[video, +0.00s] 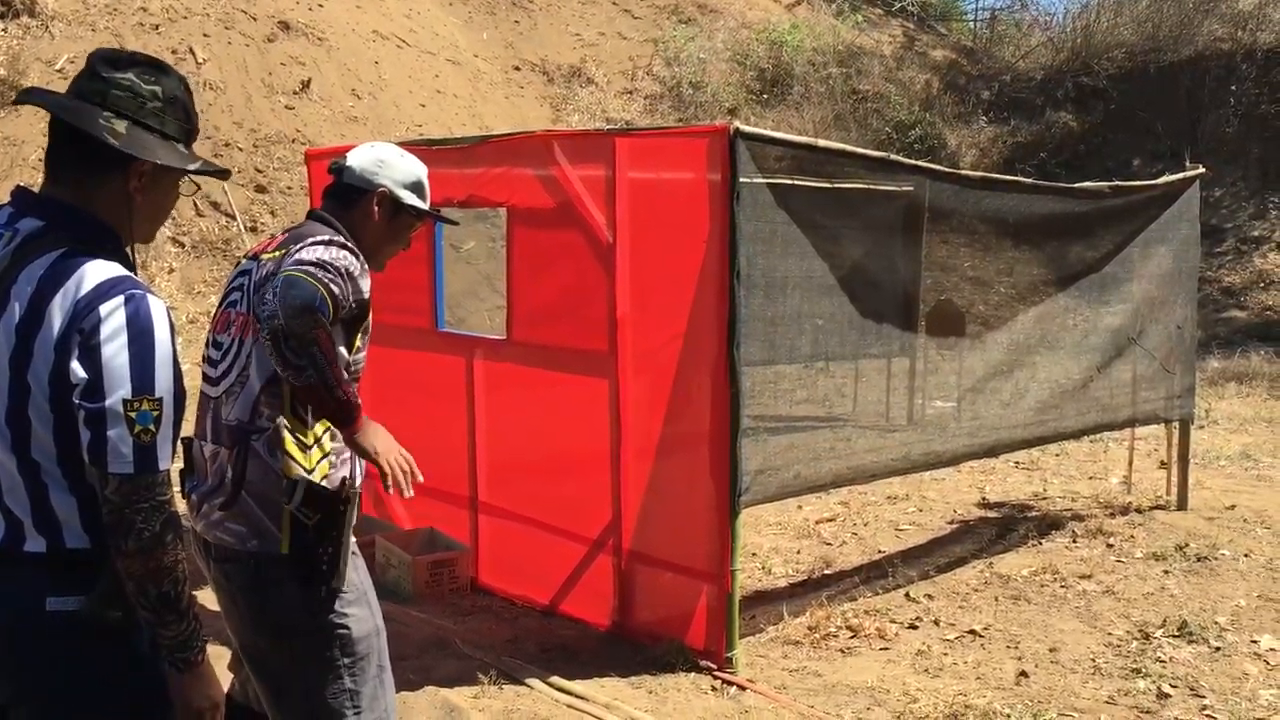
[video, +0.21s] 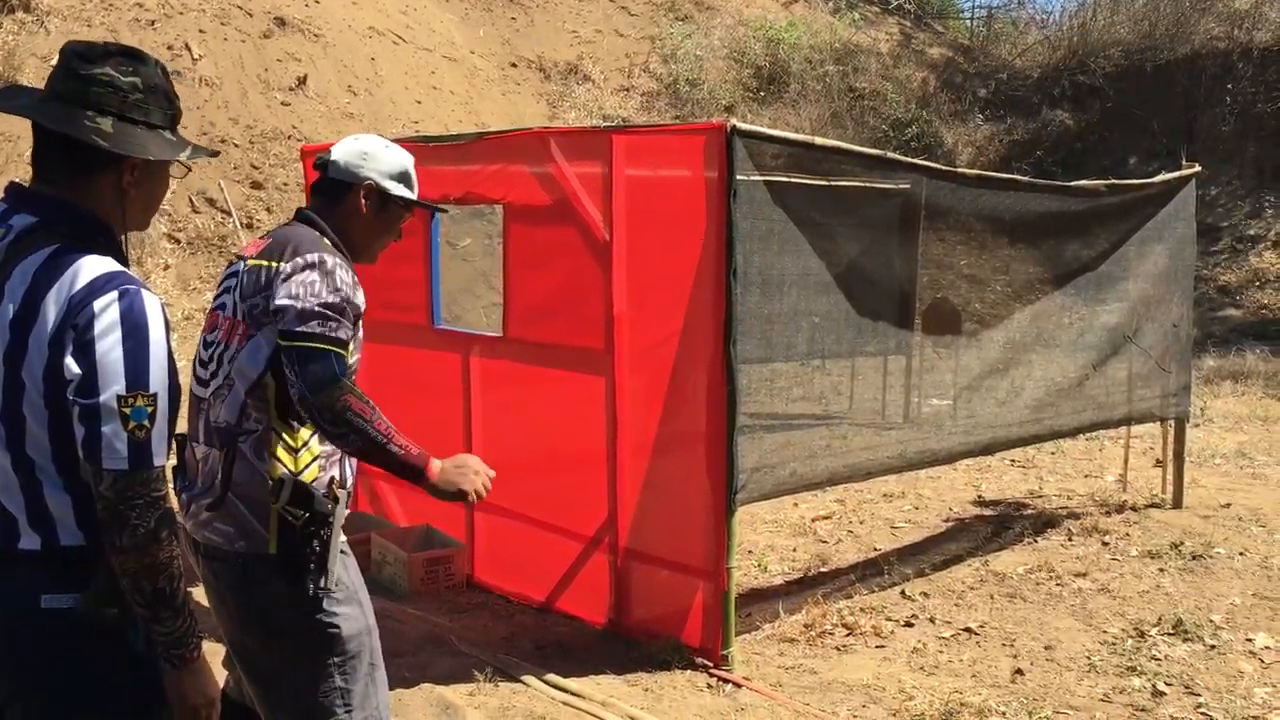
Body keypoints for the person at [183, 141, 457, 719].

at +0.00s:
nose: (410, 243)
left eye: (417, 229)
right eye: (411, 225)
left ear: (345, 200)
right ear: (375, 208)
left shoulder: (273, 253)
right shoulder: (335, 256)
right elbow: (291, 313)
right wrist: (357, 423)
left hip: (236, 529)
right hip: (290, 537)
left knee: (269, 693)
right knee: (354, 703)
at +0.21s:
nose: (401, 233)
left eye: (406, 218)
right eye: (399, 215)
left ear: (349, 198)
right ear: (363, 200)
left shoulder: (261, 254)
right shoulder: (321, 269)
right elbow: (326, 396)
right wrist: (431, 470)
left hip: (229, 525)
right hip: (286, 533)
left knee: (264, 692)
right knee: (348, 703)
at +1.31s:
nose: (391, 223)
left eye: (391, 208)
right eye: (386, 207)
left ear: (310, 202)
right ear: (349, 207)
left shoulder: (253, 267)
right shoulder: (324, 290)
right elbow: (338, 438)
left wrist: (314, 516)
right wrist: (385, 551)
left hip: (207, 528)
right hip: (266, 543)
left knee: (265, 683)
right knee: (353, 700)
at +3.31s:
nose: (408, 227)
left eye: (409, 212)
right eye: (401, 211)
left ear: (338, 209)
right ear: (363, 211)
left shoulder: (271, 274)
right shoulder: (342, 293)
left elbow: (276, 414)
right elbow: (356, 437)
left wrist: (339, 506)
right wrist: (405, 549)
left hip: (228, 530)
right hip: (285, 544)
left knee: (282, 688)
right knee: (370, 700)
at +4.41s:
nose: (405, 231)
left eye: (407, 217)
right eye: (401, 216)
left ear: (334, 210)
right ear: (362, 213)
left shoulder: (269, 272)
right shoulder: (342, 286)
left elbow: (266, 415)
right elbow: (336, 411)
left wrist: (337, 503)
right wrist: (401, 515)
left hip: (225, 528)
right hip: (281, 540)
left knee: (276, 687)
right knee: (367, 701)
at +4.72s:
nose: (422, 233)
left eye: (423, 219)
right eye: (417, 218)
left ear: (354, 214)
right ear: (378, 217)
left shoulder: (303, 270)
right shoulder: (349, 269)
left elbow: (291, 409)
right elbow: (298, 340)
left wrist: (362, 493)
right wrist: (344, 462)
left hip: (252, 530)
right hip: (300, 539)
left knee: (285, 683)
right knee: (363, 707)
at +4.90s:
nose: (410, 271)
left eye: (408, 257)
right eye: (401, 257)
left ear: (352, 261)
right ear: (363, 263)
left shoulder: (302, 310)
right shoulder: (350, 318)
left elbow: (350, 413)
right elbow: (390, 419)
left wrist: (451, 432)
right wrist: (472, 404)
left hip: (237, 549)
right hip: (297, 564)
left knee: (288, 643)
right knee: (390, 708)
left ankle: (257, 711)